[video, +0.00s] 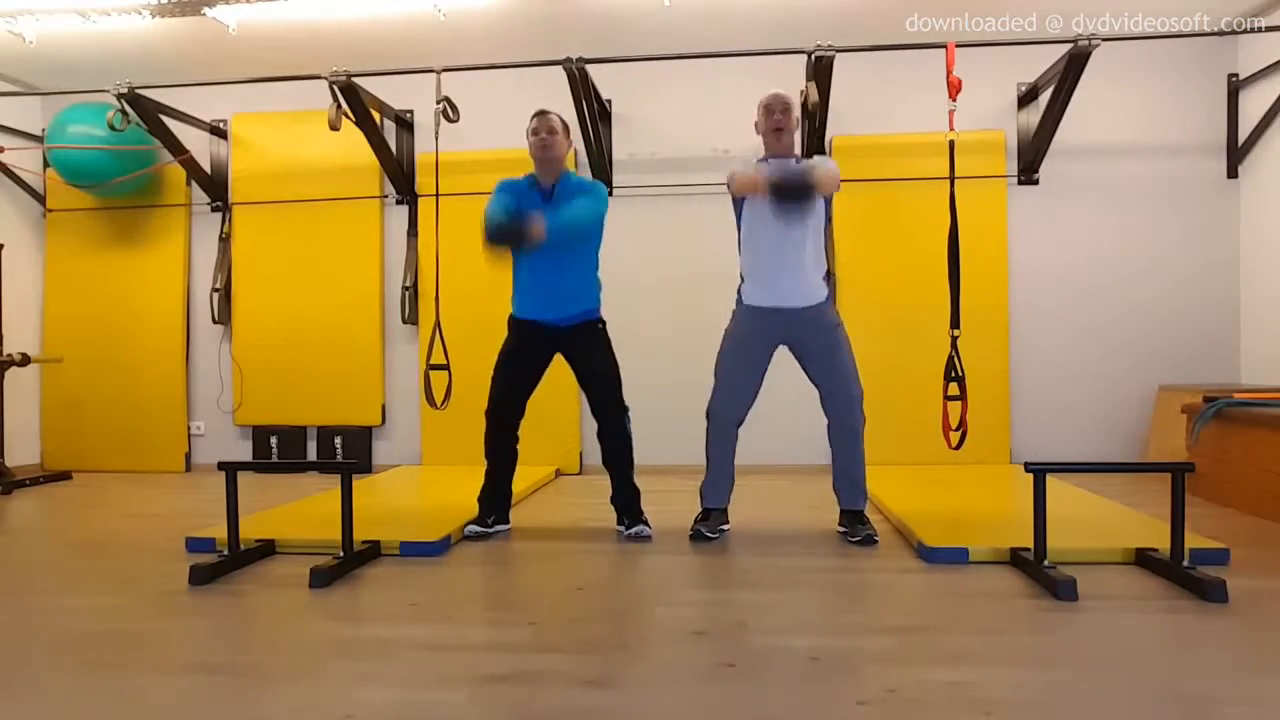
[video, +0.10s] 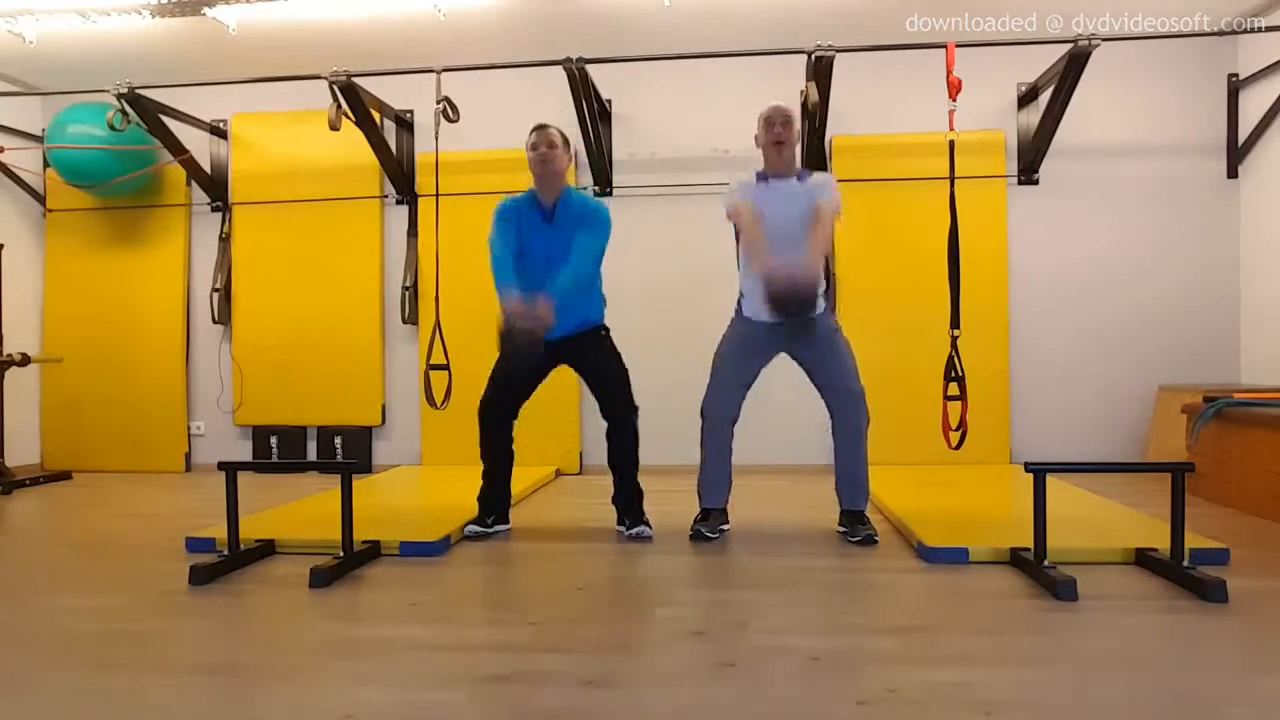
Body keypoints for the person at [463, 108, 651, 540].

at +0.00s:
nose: (543, 137)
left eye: (552, 131)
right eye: (536, 132)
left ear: (568, 144)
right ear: (527, 145)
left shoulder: (590, 192)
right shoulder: (512, 191)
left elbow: (579, 222)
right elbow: (495, 226)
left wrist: (535, 229)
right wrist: (519, 228)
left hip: (583, 326)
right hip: (529, 327)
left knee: (612, 415)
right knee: (501, 416)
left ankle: (629, 513)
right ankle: (494, 513)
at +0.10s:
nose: (543, 152)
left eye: (552, 146)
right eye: (536, 147)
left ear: (569, 158)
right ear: (526, 161)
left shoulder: (593, 211)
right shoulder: (509, 212)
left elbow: (582, 263)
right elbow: (502, 260)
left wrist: (551, 299)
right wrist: (512, 303)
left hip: (584, 335)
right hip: (529, 338)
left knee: (622, 411)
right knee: (494, 411)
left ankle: (630, 513)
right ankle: (494, 513)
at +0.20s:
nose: (543, 173)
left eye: (550, 166)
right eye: (535, 167)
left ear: (565, 178)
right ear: (525, 179)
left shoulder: (593, 235)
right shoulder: (508, 235)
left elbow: (587, 310)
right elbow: (508, 304)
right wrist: (522, 364)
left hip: (585, 346)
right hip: (530, 348)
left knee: (629, 410)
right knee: (484, 411)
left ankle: (632, 515)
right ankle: (494, 514)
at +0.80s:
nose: (537, 137)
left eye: (545, 130)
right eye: (530, 132)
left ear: (564, 143)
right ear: (521, 144)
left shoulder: (588, 197)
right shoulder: (502, 200)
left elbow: (577, 260)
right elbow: (504, 262)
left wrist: (553, 310)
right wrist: (520, 317)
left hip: (575, 321)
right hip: (520, 323)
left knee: (610, 410)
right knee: (490, 412)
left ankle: (629, 514)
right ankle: (492, 513)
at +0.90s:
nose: (544, 132)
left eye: (552, 126)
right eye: (537, 126)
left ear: (567, 139)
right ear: (526, 138)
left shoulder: (589, 183)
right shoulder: (508, 183)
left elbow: (578, 209)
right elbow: (495, 208)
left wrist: (543, 229)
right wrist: (508, 235)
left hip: (572, 315)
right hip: (519, 313)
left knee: (601, 413)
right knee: (500, 413)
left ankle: (628, 515)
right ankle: (492, 513)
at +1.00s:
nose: (544, 133)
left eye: (553, 127)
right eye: (537, 129)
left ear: (570, 141)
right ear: (528, 142)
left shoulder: (590, 179)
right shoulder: (515, 182)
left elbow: (588, 184)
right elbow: (497, 189)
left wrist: (544, 166)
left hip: (571, 315)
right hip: (519, 313)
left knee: (598, 414)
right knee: (503, 415)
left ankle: (627, 518)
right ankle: (493, 515)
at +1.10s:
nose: (537, 146)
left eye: (545, 139)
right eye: (533, 139)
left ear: (565, 142)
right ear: (530, 144)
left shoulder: (590, 178)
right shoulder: (518, 179)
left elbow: (568, 148)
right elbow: (493, 168)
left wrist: (544, 118)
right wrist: (497, 125)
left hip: (573, 312)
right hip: (521, 310)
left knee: (598, 415)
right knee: (506, 415)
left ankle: (627, 518)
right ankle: (493, 515)